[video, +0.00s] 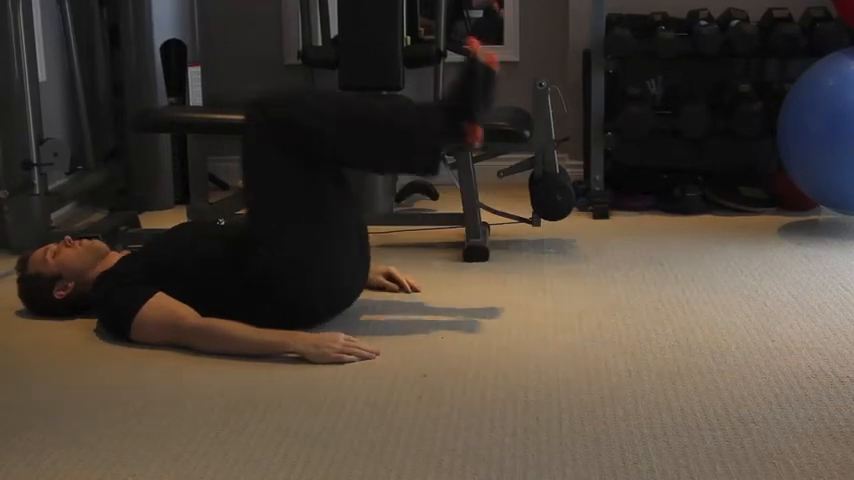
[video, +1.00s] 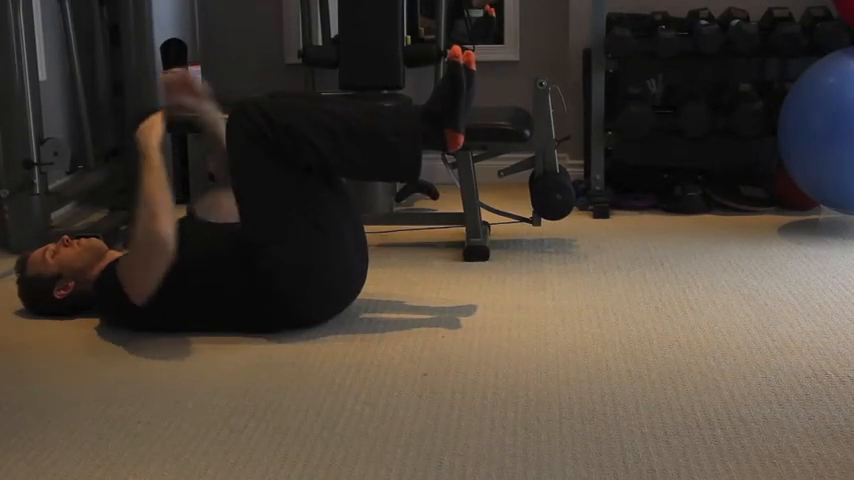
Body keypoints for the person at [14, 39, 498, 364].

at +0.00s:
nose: (73, 236)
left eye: (61, 237)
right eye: (58, 249)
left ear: (83, 245)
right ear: (66, 287)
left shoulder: (144, 251)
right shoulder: (116, 299)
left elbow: (247, 247)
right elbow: (199, 331)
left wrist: (356, 275)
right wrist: (304, 343)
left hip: (315, 270)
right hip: (293, 291)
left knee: (285, 114)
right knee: (273, 118)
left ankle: (447, 121)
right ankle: (445, 129)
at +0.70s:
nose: (66, 236)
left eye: (56, 237)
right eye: (54, 250)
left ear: (81, 241)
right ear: (67, 287)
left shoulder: (141, 253)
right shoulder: (115, 293)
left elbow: (238, 241)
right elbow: (193, 328)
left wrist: (346, 218)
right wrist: (295, 305)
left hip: (318, 253)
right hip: (305, 281)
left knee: (271, 118)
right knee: (259, 121)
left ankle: (432, 125)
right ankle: (431, 132)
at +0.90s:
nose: (68, 236)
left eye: (58, 237)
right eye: (56, 250)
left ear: (80, 237)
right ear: (66, 288)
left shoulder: (141, 254)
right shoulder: (116, 296)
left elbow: (242, 212)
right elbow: (186, 278)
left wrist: (254, 113)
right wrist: (182, 154)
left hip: (315, 264)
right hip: (300, 283)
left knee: (269, 118)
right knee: (255, 121)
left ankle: (426, 121)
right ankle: (429, 127)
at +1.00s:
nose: (67, 234)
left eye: (57, 235)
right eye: (55, 249)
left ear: (80, 233)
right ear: (66, 288)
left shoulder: (144, 266)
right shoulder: (117, 297)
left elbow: (225, 210)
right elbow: (158, 243)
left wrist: (212, 119)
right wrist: (150, 152)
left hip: (317, 267)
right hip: (298, 282)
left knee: (265, 119)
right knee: (257, 121)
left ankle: (425, 123)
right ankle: (428, 128)